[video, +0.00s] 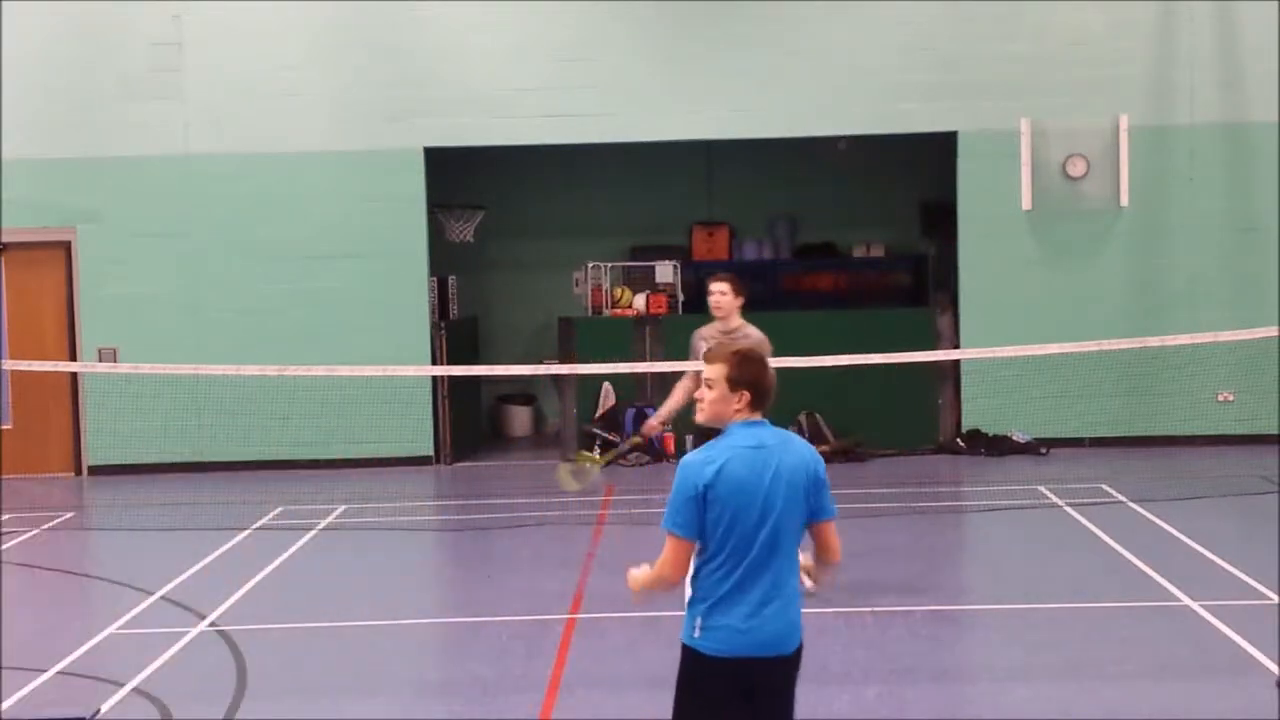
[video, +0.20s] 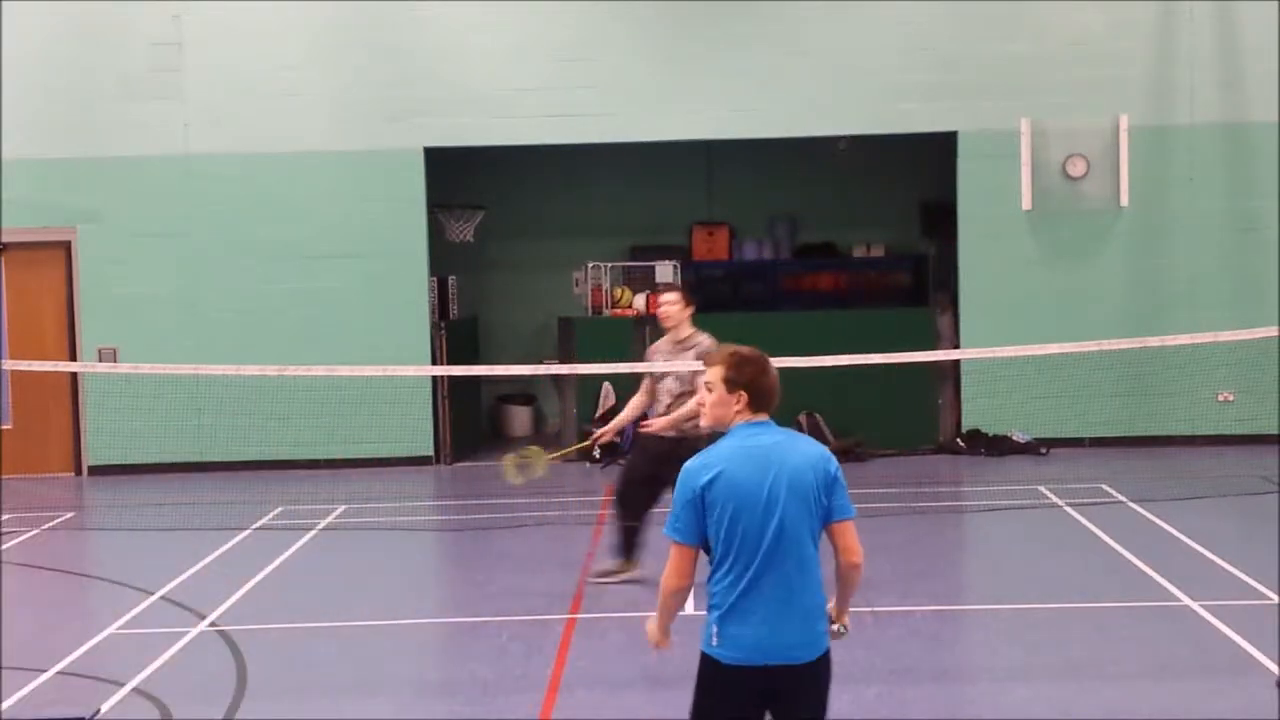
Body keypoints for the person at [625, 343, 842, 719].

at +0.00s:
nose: (697, 394)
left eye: (708, 386)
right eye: (701, 384)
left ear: (741, 399)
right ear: (744, 399)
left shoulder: (699, 465)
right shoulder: (804, 455)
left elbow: (671, 571)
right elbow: (829, 552)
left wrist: (644, 578)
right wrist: (812, 570)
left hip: (714, 648)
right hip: (780, 645)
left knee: (696, 713)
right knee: (774, 713)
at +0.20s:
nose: (699, 399)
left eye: (708, 389)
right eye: (702, 388)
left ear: (739, 399)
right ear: (744, 398)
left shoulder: (701, 469)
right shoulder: (817, 457)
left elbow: (677, 581)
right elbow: (852, 557)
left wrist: (661, 625)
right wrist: (840, 609)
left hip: (732, 662)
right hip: (805, 658)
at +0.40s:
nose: (730, 400)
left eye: (731, 393)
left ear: (737, 401)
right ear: (795, 397)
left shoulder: (717, 481)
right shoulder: (838, 464)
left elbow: (697, 596)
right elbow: (870, 571)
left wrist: (696, 671)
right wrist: (862, 627)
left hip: (759, 675)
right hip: (834, 672)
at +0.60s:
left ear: (768, 428)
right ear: (831, 420)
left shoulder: (763, 502)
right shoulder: (884, 485)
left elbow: (772, 618)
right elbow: (927, 590)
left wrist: (750, 705)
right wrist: (919, 668)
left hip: (804, 700)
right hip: (883, 695)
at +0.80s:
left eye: (779, 398)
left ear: (785, 408)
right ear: (851, 399)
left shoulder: (789, 478)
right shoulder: (909, 457)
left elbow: (780, 606)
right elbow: (963, 558)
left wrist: (755, 693)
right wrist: (953, 638)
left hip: (861, 678)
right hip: (938, 671)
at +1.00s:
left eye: (817, 438)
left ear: (822, 450)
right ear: (892, 442)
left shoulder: (825, 531)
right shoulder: (945, 507)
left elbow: (797, 672)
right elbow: (1014, 614)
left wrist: (777, 711)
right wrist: (1007, 688)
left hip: (904, 709)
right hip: (984, 704)